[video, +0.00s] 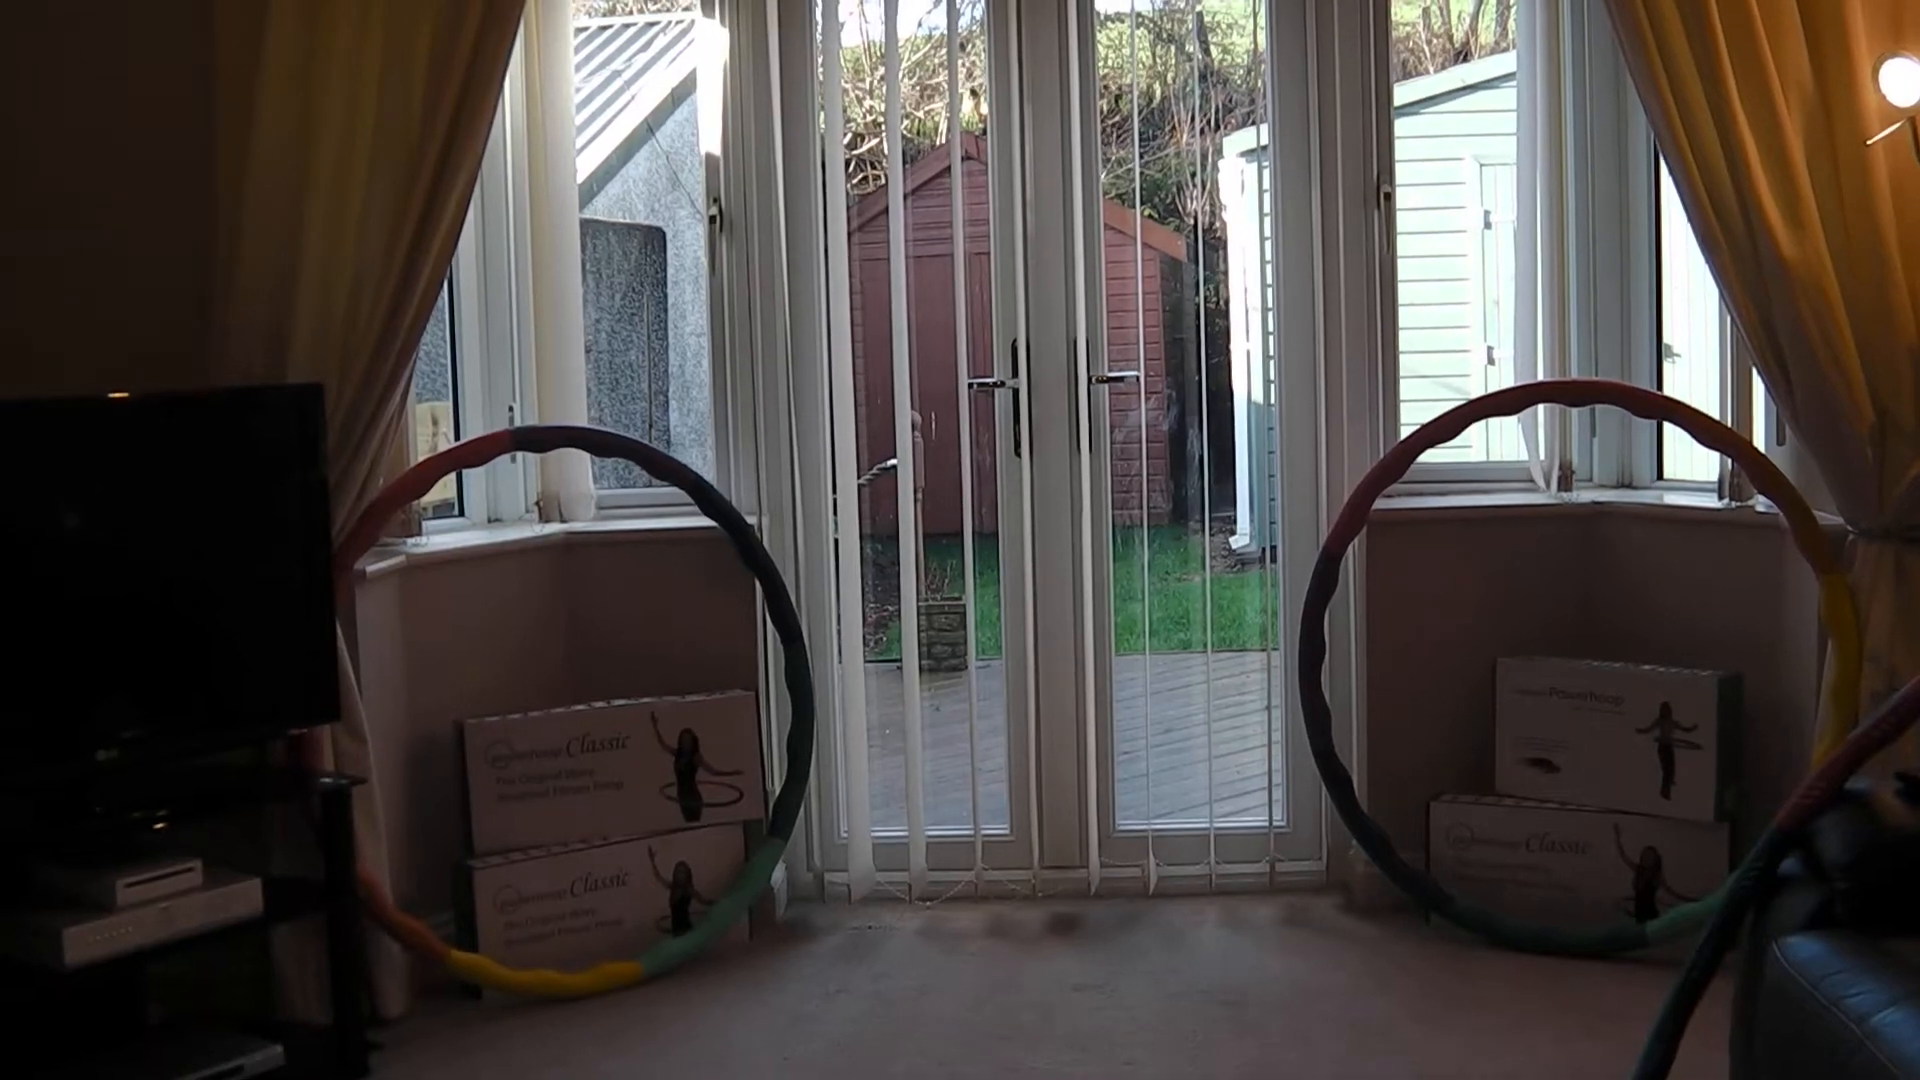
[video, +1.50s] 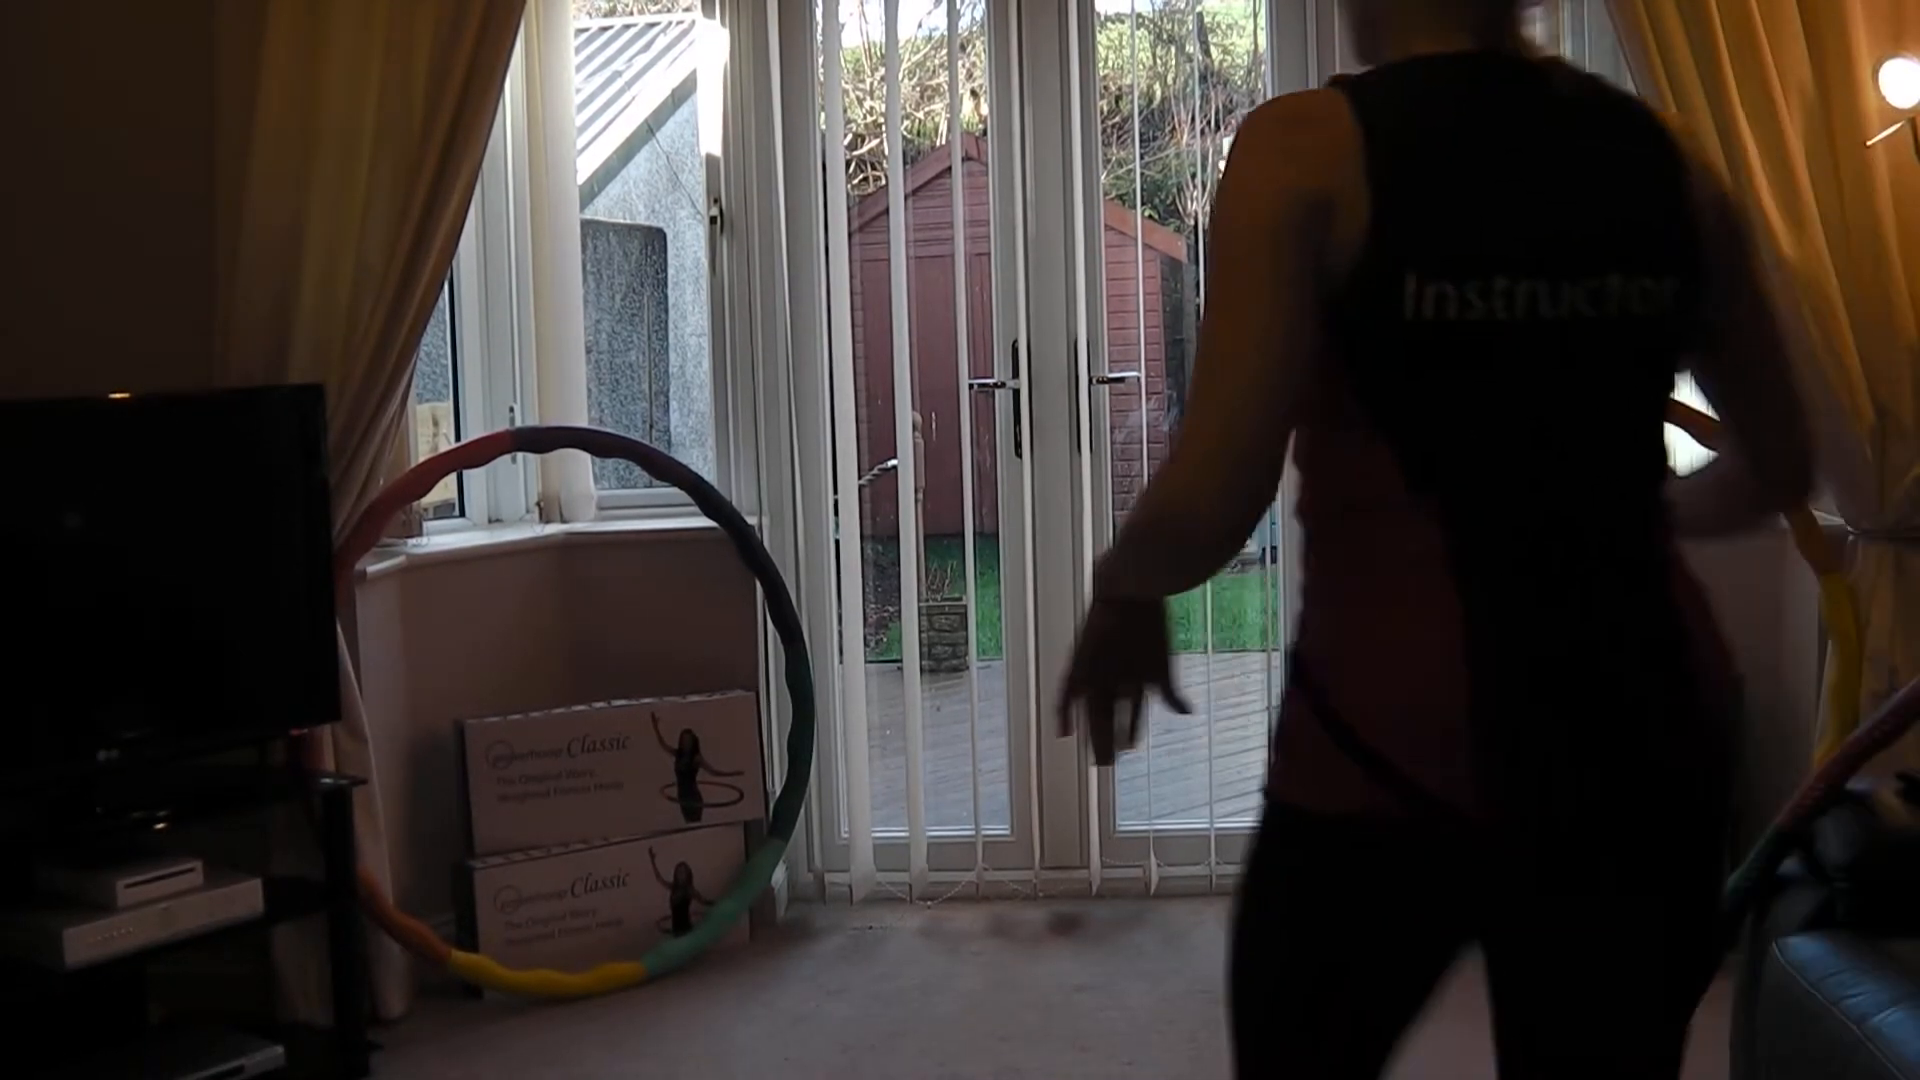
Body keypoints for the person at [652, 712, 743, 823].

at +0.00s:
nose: (685, 742)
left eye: (688, 739)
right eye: (683, 739)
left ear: (693, 741)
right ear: (680, 741)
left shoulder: (695, 757)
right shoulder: (678, 754)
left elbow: (713, 772)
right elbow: (662, 744)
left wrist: (733, 773)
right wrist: (655, 725)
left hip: (692, 794)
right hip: (681, 794)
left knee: (695, 826)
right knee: (690, 826)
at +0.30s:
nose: (685, 741)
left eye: (688, 738)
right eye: (683, 738)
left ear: (693, 741)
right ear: (680, 740)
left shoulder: (695, 756)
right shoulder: (678, 754)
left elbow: (713, 771)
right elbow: (662, 744)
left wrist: (733, 773)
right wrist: (655, 725)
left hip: (693, 793)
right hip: (682, 794)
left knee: (696, 826)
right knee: (690, 827)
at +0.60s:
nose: (685, 742)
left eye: (688, 739)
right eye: (683, 739)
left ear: (693, 741)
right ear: (680, 741)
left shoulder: (696, 757)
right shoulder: (678, 754)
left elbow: (713, 771)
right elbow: (663, 744)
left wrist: (732, 774)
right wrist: (655, 725)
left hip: (693, 794)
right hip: (682, 794)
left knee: (696, 827)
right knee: (691, 827)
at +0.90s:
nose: (685, 742)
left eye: (688, 739)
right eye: (683, 739)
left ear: (693, 741)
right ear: (680, 741)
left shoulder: (696, 757)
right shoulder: (678, 754)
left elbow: (712, 772)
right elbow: (662, 744)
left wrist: (733, 774)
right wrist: (655, 726)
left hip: (693, 794)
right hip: (682, 794)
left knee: (696, 827)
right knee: (690, 827)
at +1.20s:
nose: (684, 742)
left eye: (688, 739)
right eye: (683, 739)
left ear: (693, 741)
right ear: (680, 740)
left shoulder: (696, 757)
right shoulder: (678, 754)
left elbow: (713, 771)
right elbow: (662, 744)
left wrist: (733, 773)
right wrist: (655, 725)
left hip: (693, 794)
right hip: (682, 794)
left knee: (696, 827)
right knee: (690, 827)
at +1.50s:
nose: (684, 742)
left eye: (688, 739)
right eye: (683, 739)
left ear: (693, 742)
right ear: (680, 741)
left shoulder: (696, 758)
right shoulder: (678, 754)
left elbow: (713, 772)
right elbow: (662, 744)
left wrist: (733, 774)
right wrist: (655, 726)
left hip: (693, 794)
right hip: (682, 794)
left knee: (696, 827)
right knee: (690, 827)